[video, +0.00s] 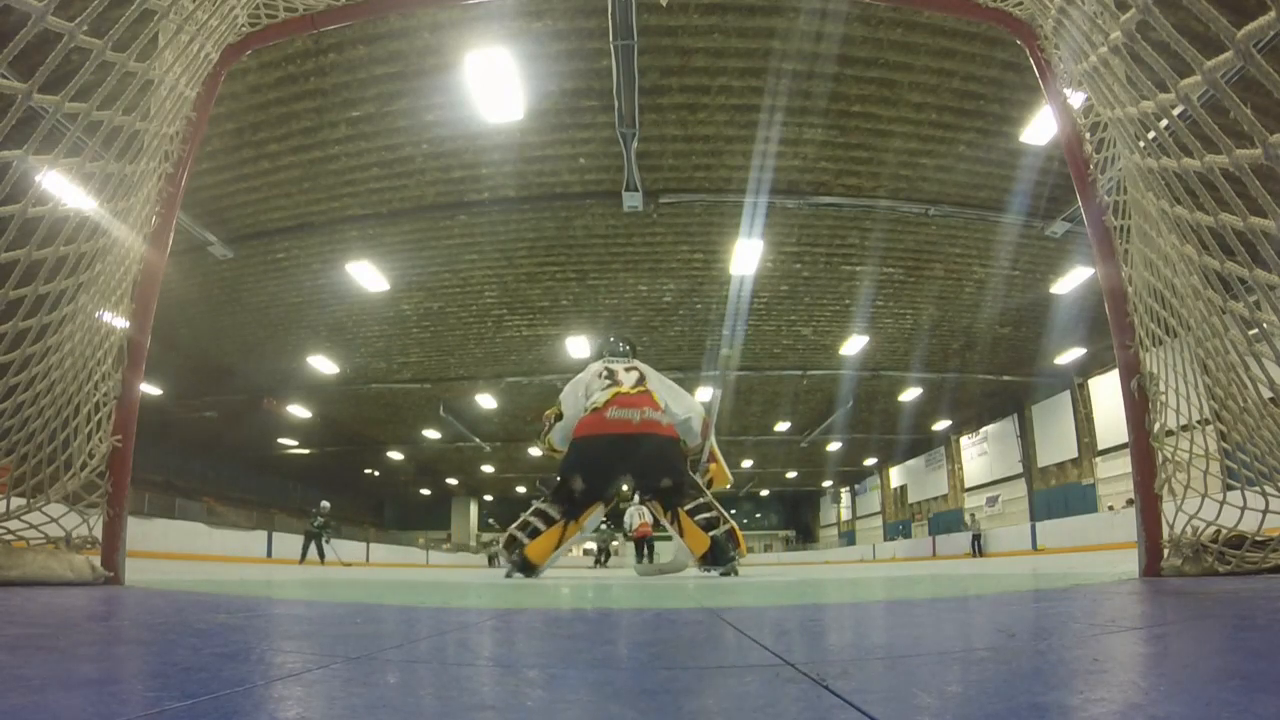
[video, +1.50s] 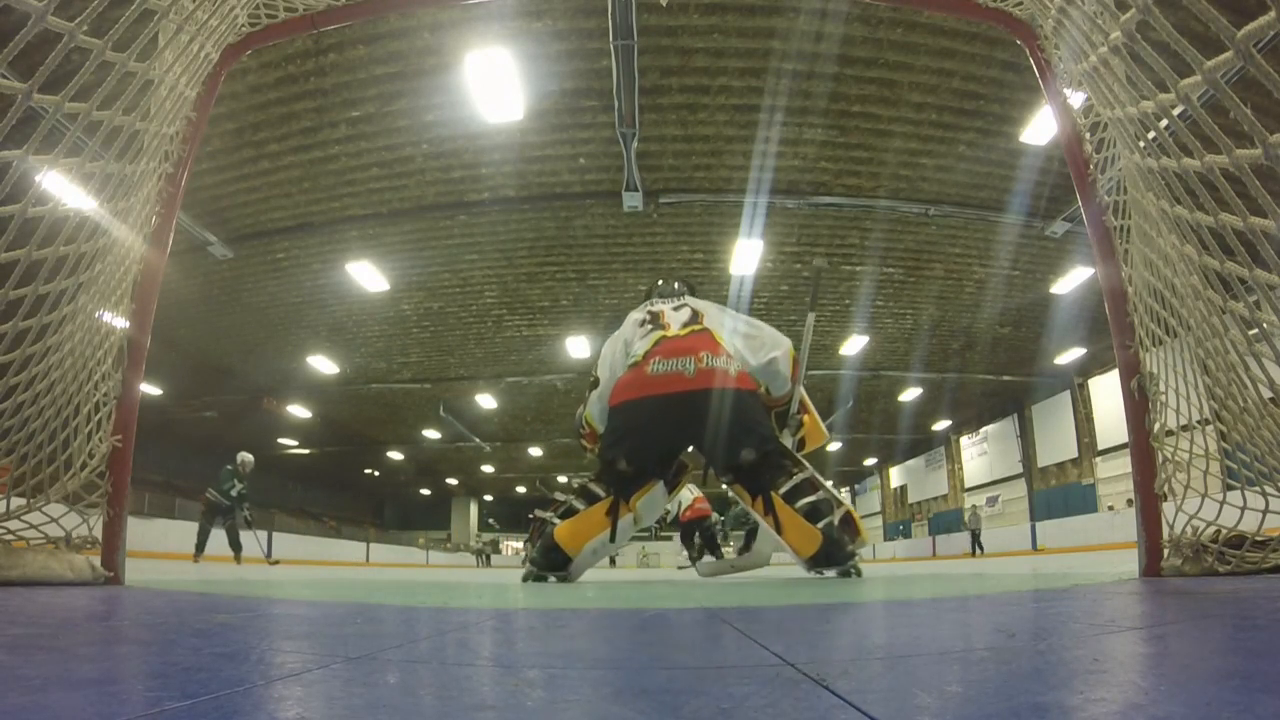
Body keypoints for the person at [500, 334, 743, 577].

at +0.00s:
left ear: (602, 355)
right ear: (633, 356)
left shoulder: (587, 374)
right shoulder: (650, 375)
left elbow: (566, 416)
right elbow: (691, 412)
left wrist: (556, 443)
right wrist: (698, 456)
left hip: (595, 439)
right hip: (656, 439)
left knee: (566, 501)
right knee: (678, 496)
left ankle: (522, 556)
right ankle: (720, 553)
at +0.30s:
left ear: (587, 358)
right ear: (618, 356)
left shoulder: (567, 378)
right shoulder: (634, 369)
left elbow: (547, 433)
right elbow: (679, 406)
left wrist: (555, 461)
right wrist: (691, 451)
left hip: (576, 438)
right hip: (639, 433)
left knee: (560, 500)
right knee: (674, 495)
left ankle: (512, 551)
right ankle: (720, 552)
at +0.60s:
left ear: (610, 347)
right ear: (643, 346)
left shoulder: (591, 368)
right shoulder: (662, 359)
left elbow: (573, 424)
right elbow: (711, 398)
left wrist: (579, 456)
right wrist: (718, 440)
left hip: (607, 435)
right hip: (673, 431)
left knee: (571, 502)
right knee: (695, 488)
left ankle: (509, 553)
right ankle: (730, 549)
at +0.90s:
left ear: (648, 331)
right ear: (683, 331)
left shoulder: (632, 348)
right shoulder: (705, 349)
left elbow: (608, 399)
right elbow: (750, 383)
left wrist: (595, 429)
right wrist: (760, 428)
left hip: (652, 414)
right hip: (714, 417)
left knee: (619, 490)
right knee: (714, 494)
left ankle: (580, 557)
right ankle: (766, 553)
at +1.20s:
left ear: (650, 319)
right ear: (688, 318)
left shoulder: (634, 339)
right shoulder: (712, 334)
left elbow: (613, 392)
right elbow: (765, 371)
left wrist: (598, 431)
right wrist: (769, 422)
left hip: (655, 400)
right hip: (724, 398)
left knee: (619, 487)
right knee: (747, 480)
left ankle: (566, 551)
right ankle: (799, 550)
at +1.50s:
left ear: (648, 303)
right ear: (691, 298)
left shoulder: (626, 326)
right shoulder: (719, 313)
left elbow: (599, 398)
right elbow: (779, 350)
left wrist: (598, 438)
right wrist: (780, 411)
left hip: (642, 391)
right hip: (723, 382)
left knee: (617, 484)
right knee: (765, 469)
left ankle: (549, 554)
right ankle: (831, 547)